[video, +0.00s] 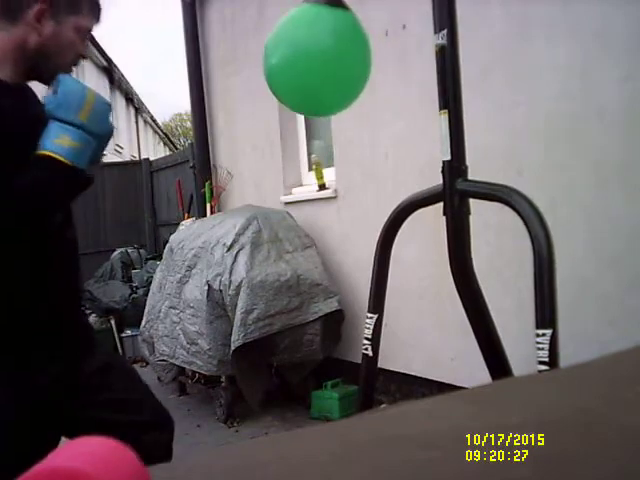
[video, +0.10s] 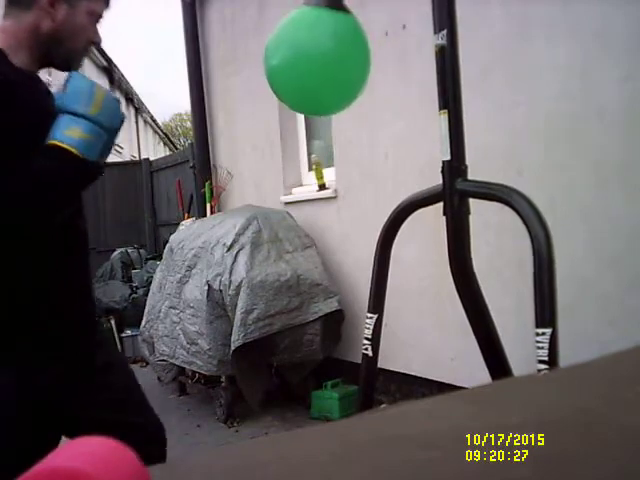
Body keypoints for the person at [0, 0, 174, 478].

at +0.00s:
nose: (83, 54)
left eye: (88, 39)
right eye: (82, 34)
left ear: (40, 18)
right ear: (40, 16)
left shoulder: (29, 108)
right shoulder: (12, 108)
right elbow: (13, 228)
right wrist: (61, 154)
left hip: (50, 327)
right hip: (27, 333)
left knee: (144, 432)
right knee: (143, 431)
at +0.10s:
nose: (97, 37)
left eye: (99, 21)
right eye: (94, 18)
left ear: (53, 11)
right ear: (53, 9)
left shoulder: (40, 99)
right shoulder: (14, 95)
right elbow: (10, 225)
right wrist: (67, 151)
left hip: (62, 325)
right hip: (27, 331)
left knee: (135, 443)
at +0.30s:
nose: (131, 49)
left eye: (135, 35)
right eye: (131, 32)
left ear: (93, 16)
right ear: (95, 15)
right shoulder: (36, 89)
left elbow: (112, 191)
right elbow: (118, 191)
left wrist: (129, 109)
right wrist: (146, 107)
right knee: (172, 451)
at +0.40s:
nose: (142, 44)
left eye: (146, 34)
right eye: (142, 29)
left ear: (108, 16)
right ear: (109, 15)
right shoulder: (48, 80)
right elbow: (136, 180)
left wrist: (128, 102)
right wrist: (159, 98)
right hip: (76, 341)